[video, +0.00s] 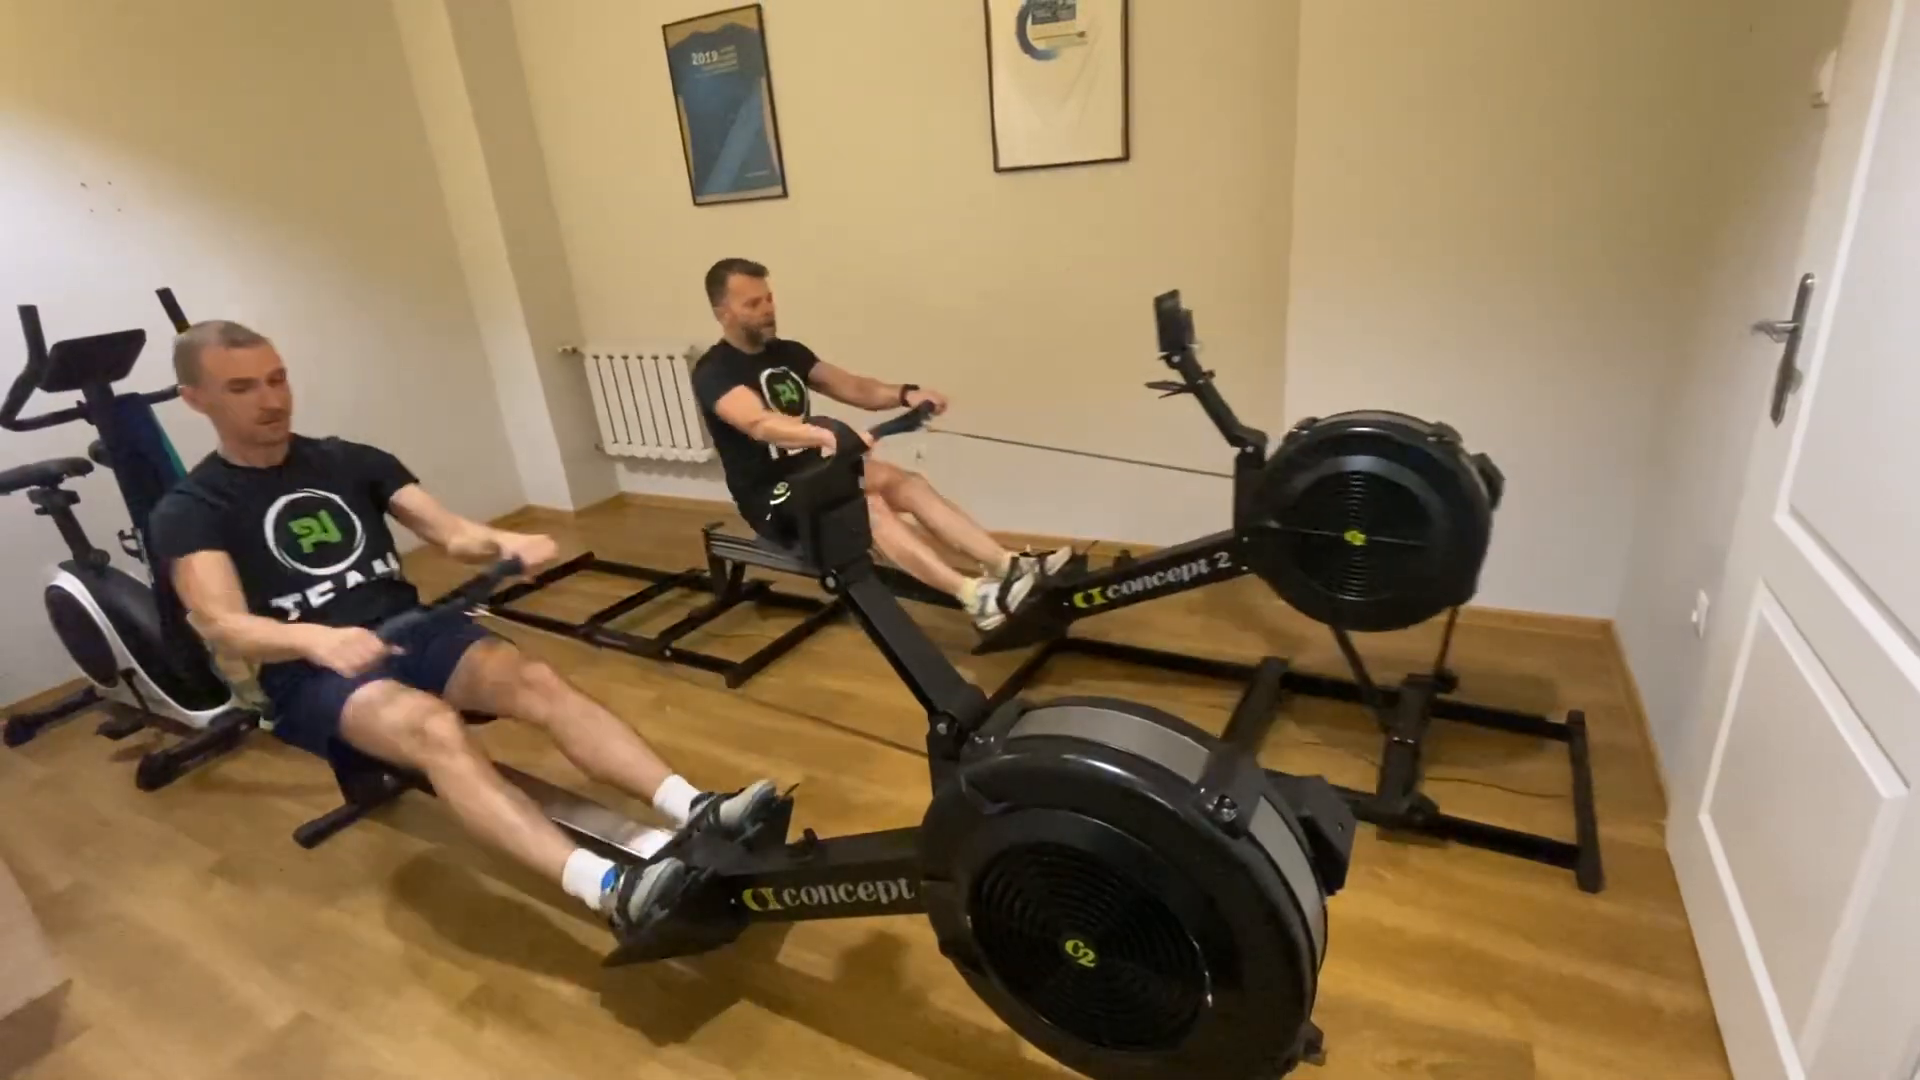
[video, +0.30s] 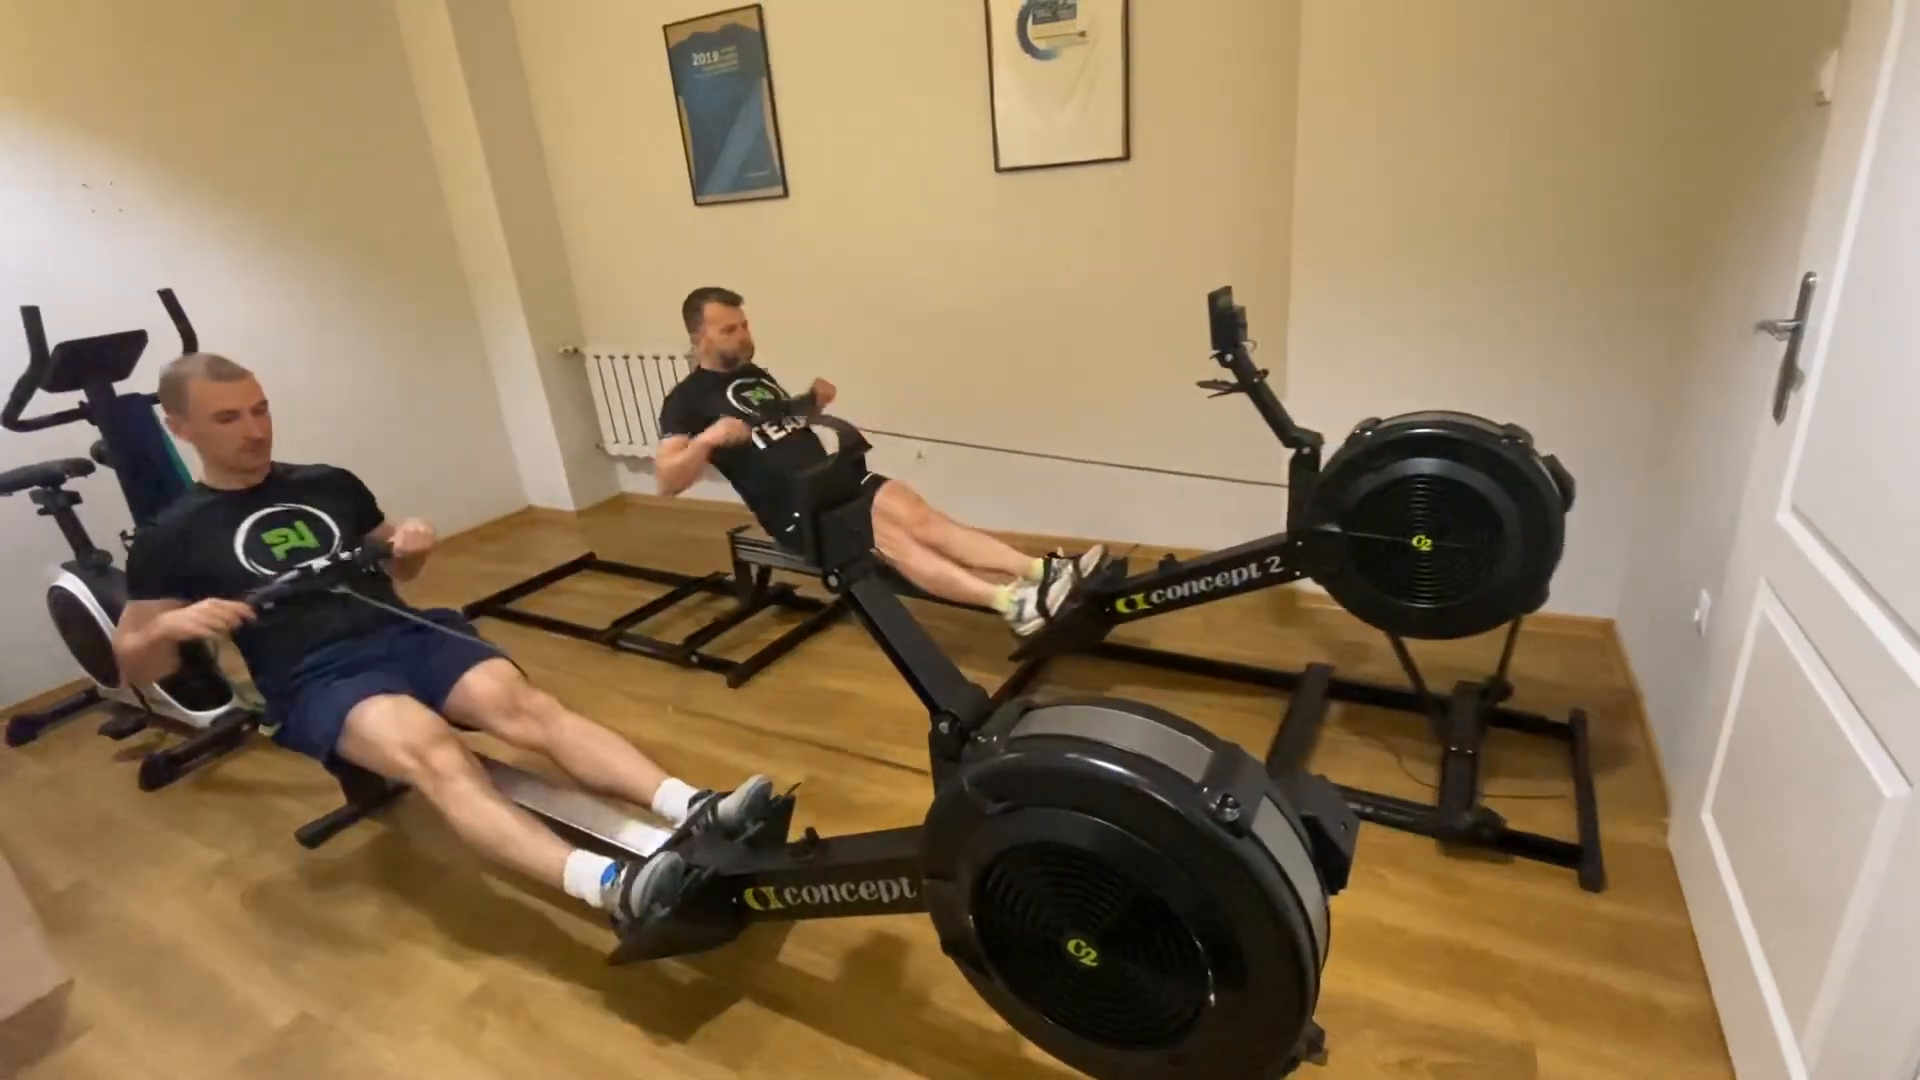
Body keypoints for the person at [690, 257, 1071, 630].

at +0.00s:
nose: (768, 310)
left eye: (768, 298)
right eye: (754, 304)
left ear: (771, 295)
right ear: (722, 312)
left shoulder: (786, 352)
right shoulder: (714, 372)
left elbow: (852, 387)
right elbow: (759, 423)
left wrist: (906, 395)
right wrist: (823, 436)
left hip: (826, 479)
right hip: (777, 500)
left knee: (906, 484)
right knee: (871, 508)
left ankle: (1008, 567)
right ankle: (975, 597)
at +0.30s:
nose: (743, 336)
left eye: (744, 325)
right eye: (729, 329)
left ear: (745, 325)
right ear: (696, 337)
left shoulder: (755, 376)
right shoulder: (686, 399)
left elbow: (781, 423)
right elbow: (666, 479)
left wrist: (811, 400)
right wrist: (708, 441)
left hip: (847, 480)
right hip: (804, 511)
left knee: (924, 519)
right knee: (896, 544)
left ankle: (1042, 571)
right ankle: (1012, 604)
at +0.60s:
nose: (750, 333)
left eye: (752, 321)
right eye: (738, 325)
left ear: (755, 320)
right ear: (706, 330)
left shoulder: (764, 372)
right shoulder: (692, 394)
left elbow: (788, 420)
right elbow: (678, 475)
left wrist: (822, 398)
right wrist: (715, 434)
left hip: (843, 478)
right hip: (800, 507)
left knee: (925, 511)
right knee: (897, 538)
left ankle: (1038, 572)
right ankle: (1009, 603)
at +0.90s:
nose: (774, 318)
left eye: (775, 307)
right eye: (761, 311)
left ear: (777, 307)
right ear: (728, 318)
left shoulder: (786, 361)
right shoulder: (711, 380)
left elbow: (827, 404)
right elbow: (701, 460)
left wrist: (866, 401)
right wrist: (762, 436)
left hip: (833, 483)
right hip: (787, 507)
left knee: (916, 484)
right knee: (881, 508)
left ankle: (1017, 568)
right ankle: (987, 599)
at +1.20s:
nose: (802, 319)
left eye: (802, 308)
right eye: (788, 311)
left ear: (805, 306)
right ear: (754, 319)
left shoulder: (811, 362)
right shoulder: (737, 376)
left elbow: (866, 402)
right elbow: (739, 453)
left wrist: (910, 409)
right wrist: (808, 453)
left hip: (835, 481)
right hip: (782, 500)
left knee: (912, 464)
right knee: (871, 482)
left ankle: (988, 565)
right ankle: (954, 591)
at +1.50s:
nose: (834, 327)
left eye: (834, 316)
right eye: (820, 320)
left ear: (838, 312)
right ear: (786, 328)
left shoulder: (840, 367)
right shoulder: (764, 380)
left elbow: (906, 404)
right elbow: (790, 452)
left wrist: (959, 419)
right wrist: (863, 475)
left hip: (832, 483)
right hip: (780, 504)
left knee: (904, 440)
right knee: (853, 483)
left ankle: (956, 559)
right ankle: (918, 580)